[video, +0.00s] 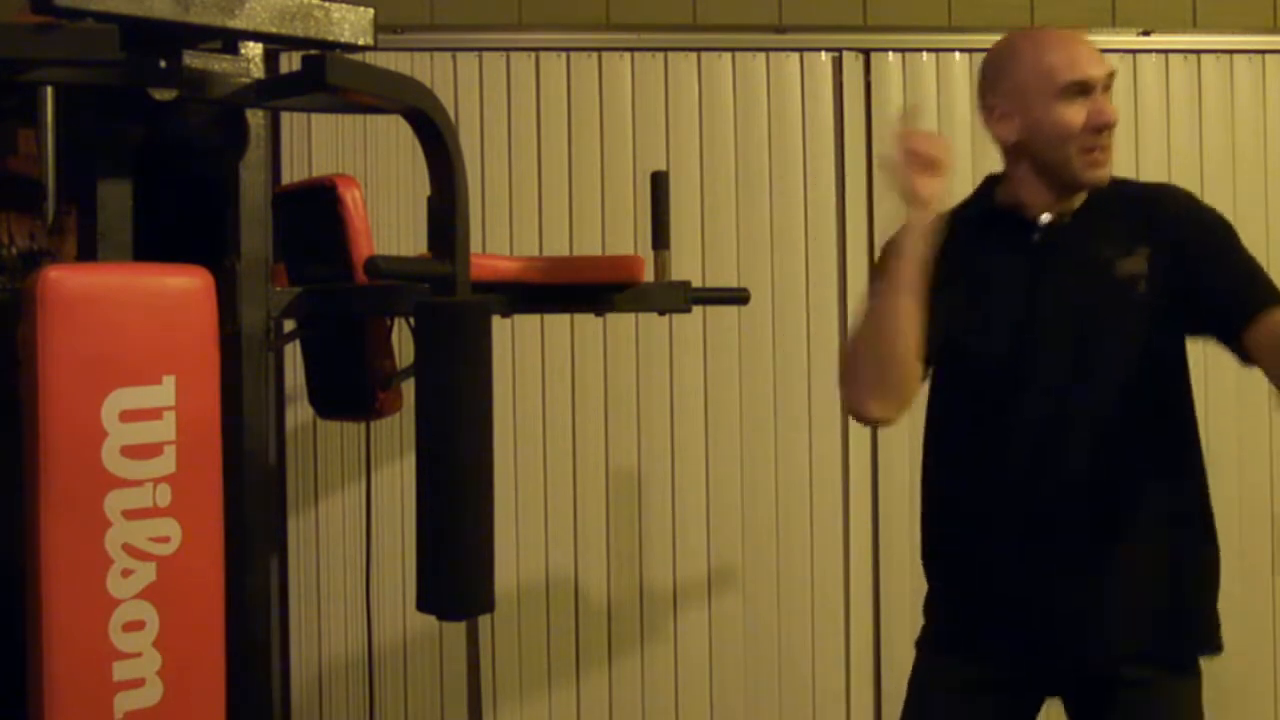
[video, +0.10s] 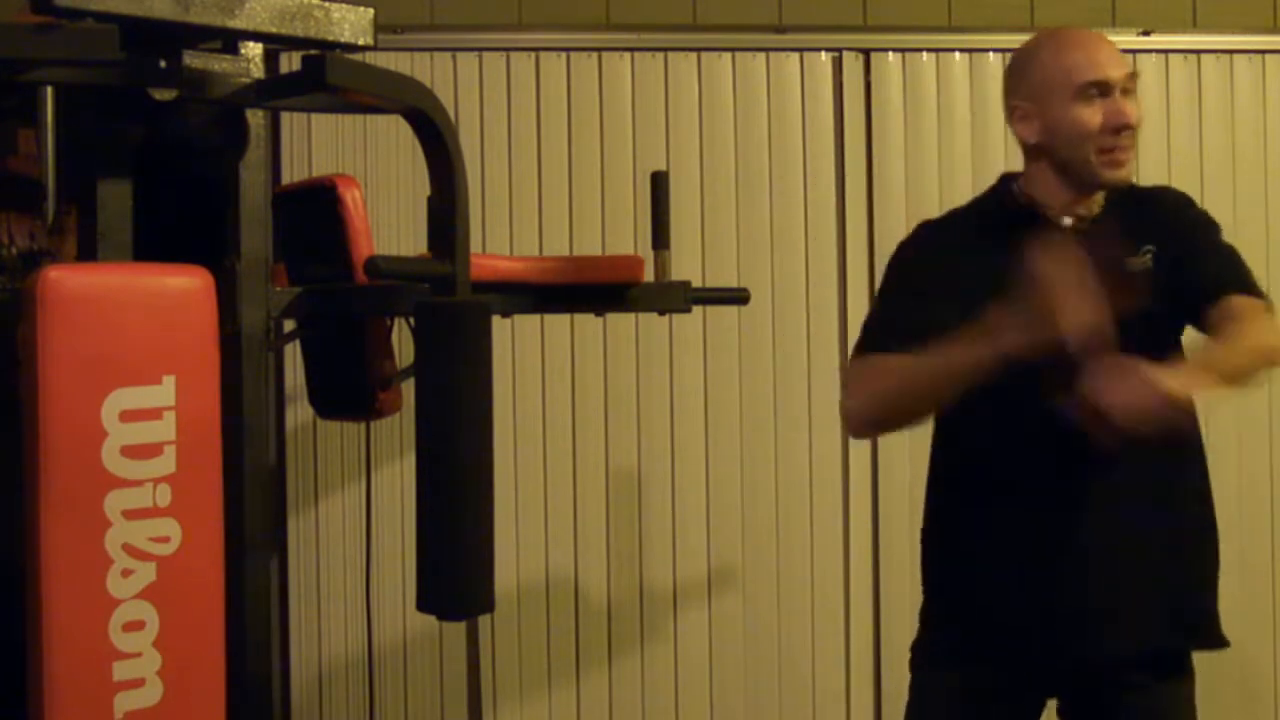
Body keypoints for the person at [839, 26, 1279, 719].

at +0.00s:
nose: (1107, 114)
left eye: (1108, 91)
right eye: (1077, 94)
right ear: (1003, 119)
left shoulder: (1167, 225)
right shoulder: (939, 250)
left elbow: (1273, 344)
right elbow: (873, 401)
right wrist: (920, 223)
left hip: (1138, 619)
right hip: (981, 618)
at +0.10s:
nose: (1125, 115)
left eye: (1127, 92)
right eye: (1093, 95)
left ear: (1135, 100)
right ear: (1025, 120)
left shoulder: (1165, 222)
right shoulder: (945, 248)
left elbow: (1258, 332)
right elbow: (862, 405)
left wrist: (1175, 380)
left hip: (1138, 614)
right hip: (984, 617)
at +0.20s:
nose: (1101, 117)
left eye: (1114, 93)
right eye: (1071, 95)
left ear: (1129, 106)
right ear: (1015, 118)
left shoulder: (1158, 219)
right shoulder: (939, 248)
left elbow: (1243, 334)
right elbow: (837, 399)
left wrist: (1180, 407)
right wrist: (977, 310)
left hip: (1135, 610)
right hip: (982, 612)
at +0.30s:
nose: (1050, 124)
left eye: (1067, 100)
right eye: (1023, 102)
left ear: (1087, 114)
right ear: (977, 123)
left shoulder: (1150, 230)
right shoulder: (928, 256)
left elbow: (1261, 357)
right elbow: (828, 384)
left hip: (1132, 623)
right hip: (974, 626)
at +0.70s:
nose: (979, 116)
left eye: (997, 92)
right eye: (953, 96)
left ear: (1025, 111)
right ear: (916, 126)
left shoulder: (1094, 229)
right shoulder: (871, 260)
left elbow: (1187, 358)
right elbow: (801, 432)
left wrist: (1215, 503)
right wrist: (874, 279)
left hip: (1072, 607)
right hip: (921, 613)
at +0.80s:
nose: (988, 117)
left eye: (1007, 95)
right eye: (961, 99)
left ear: (1038, 121)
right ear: (929, 133)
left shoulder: (1092, 235)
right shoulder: (866, 270)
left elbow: (1149, 373)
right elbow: (790, 439)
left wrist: (1030, 403)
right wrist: (928, 393)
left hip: (1063, 619)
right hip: (909, 626)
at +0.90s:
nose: (974, 122)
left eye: (997, 101)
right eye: (950, 104)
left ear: (1035, 130)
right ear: (924, 137)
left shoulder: (1091, 249)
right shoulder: (859, 272)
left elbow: (1126, 411)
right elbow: (778, 440)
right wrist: (924, 370)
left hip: (1056, 625)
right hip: (904, 626)